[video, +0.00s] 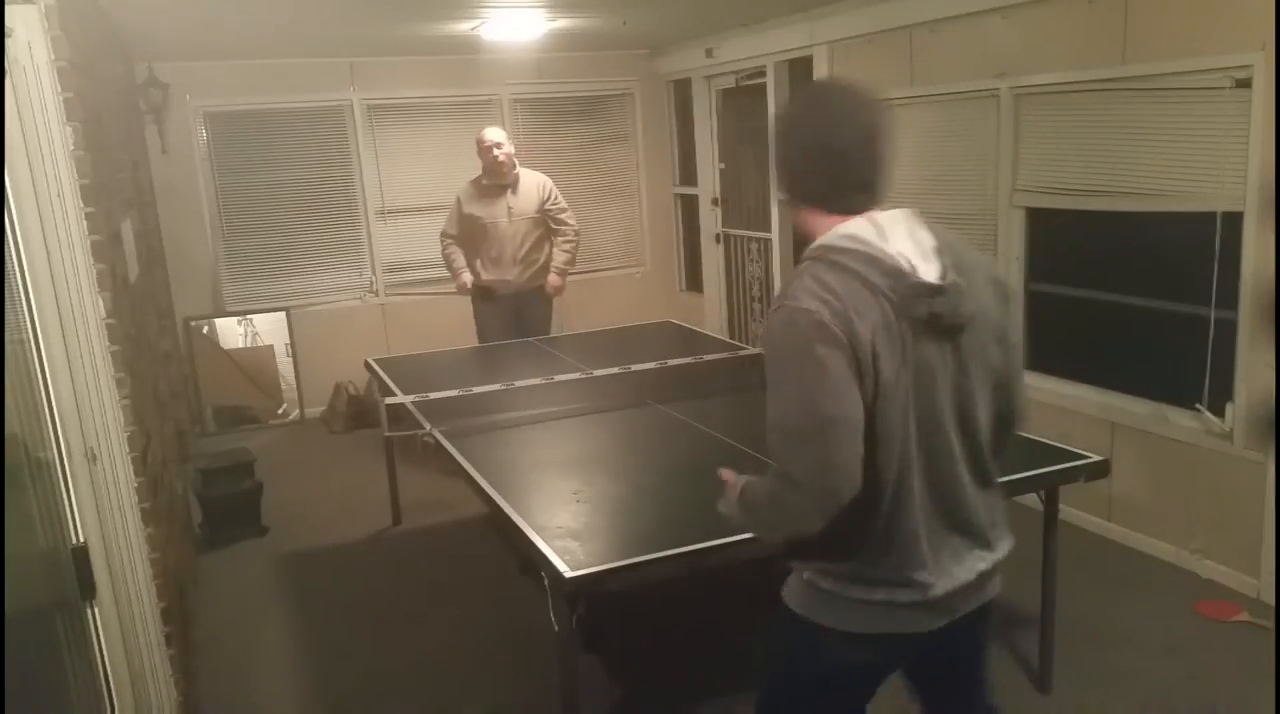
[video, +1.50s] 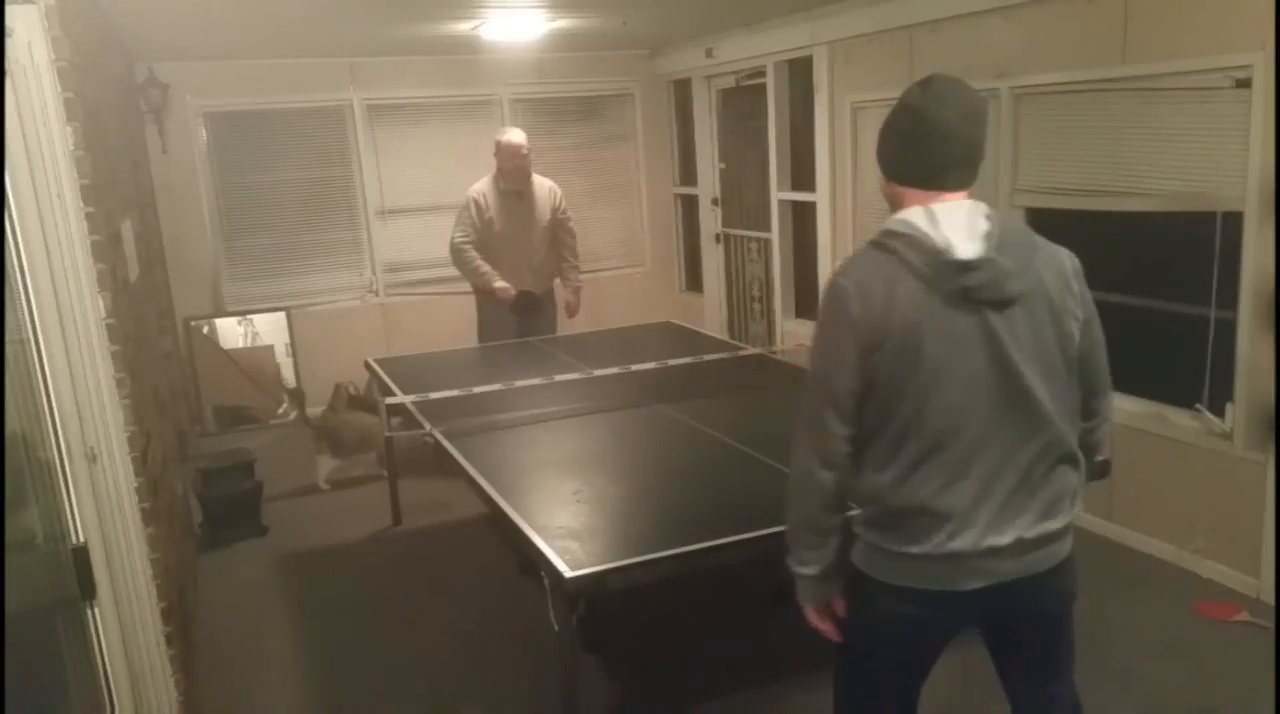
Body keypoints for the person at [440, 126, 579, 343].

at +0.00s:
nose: (495, 153)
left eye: (499, 146)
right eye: (487, 148)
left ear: (512, 147)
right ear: (480, 156)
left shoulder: (540, 184)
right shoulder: (467, 195)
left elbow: (567, 229)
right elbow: (450, 239)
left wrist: (558, 271)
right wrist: (461, 272)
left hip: (534, 295)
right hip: (489, 298)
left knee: (537, 363)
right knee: (495, 366)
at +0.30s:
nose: (490, 154)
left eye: (494, 146)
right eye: (482, 149)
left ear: (505, 148)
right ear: (471, 156)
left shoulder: (533, 182)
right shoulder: (459, 197)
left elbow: (564, 215)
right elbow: (439, 242)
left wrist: (555, 251)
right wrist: (448, 277)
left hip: (534, 294)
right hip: (488, 301)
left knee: (545, 364)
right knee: (498, 369)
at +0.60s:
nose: (493, 154)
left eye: (497, 147)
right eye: (485, 149)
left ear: (506, 150)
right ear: (472, 156)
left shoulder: (527, 183)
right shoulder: (458, 200)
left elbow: (546, 228)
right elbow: (445, 249)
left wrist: (548, 267)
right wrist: (471, 280)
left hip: (540, 291)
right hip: (494, 299)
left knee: (550, 360)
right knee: (501, 368)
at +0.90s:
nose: (514, 160)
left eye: (518, 152)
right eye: (507, 154)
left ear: (524, 153)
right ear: (492, 157)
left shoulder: (546, 191)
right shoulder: (473, 197)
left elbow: (567, 241)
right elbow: (455, 247)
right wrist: (476, 284)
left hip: (537, 301)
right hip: (492, 305)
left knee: (540, 372)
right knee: (495, 372)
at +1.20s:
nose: (517, 162)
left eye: (521, 155)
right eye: (509, 156)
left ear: (527, 154)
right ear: (494, 157)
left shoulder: (548, 191)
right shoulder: (476, 197)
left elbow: (568, 241)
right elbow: (458, 247)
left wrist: (572, 287)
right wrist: (484, 284)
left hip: (540, 300)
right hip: (494, 303)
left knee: (541, 370)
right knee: (498, 372)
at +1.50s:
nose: (520, 164)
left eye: (524, 156)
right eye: (512, 157)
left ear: (530, 155)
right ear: (497, 157)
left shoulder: (549, 192)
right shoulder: (479, 197)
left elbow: (567, 242)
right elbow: (460, 247)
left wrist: (572, 288)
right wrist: (495, 283)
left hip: (541, 299)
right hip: (497, 302)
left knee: (543, 369)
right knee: (499, 370)